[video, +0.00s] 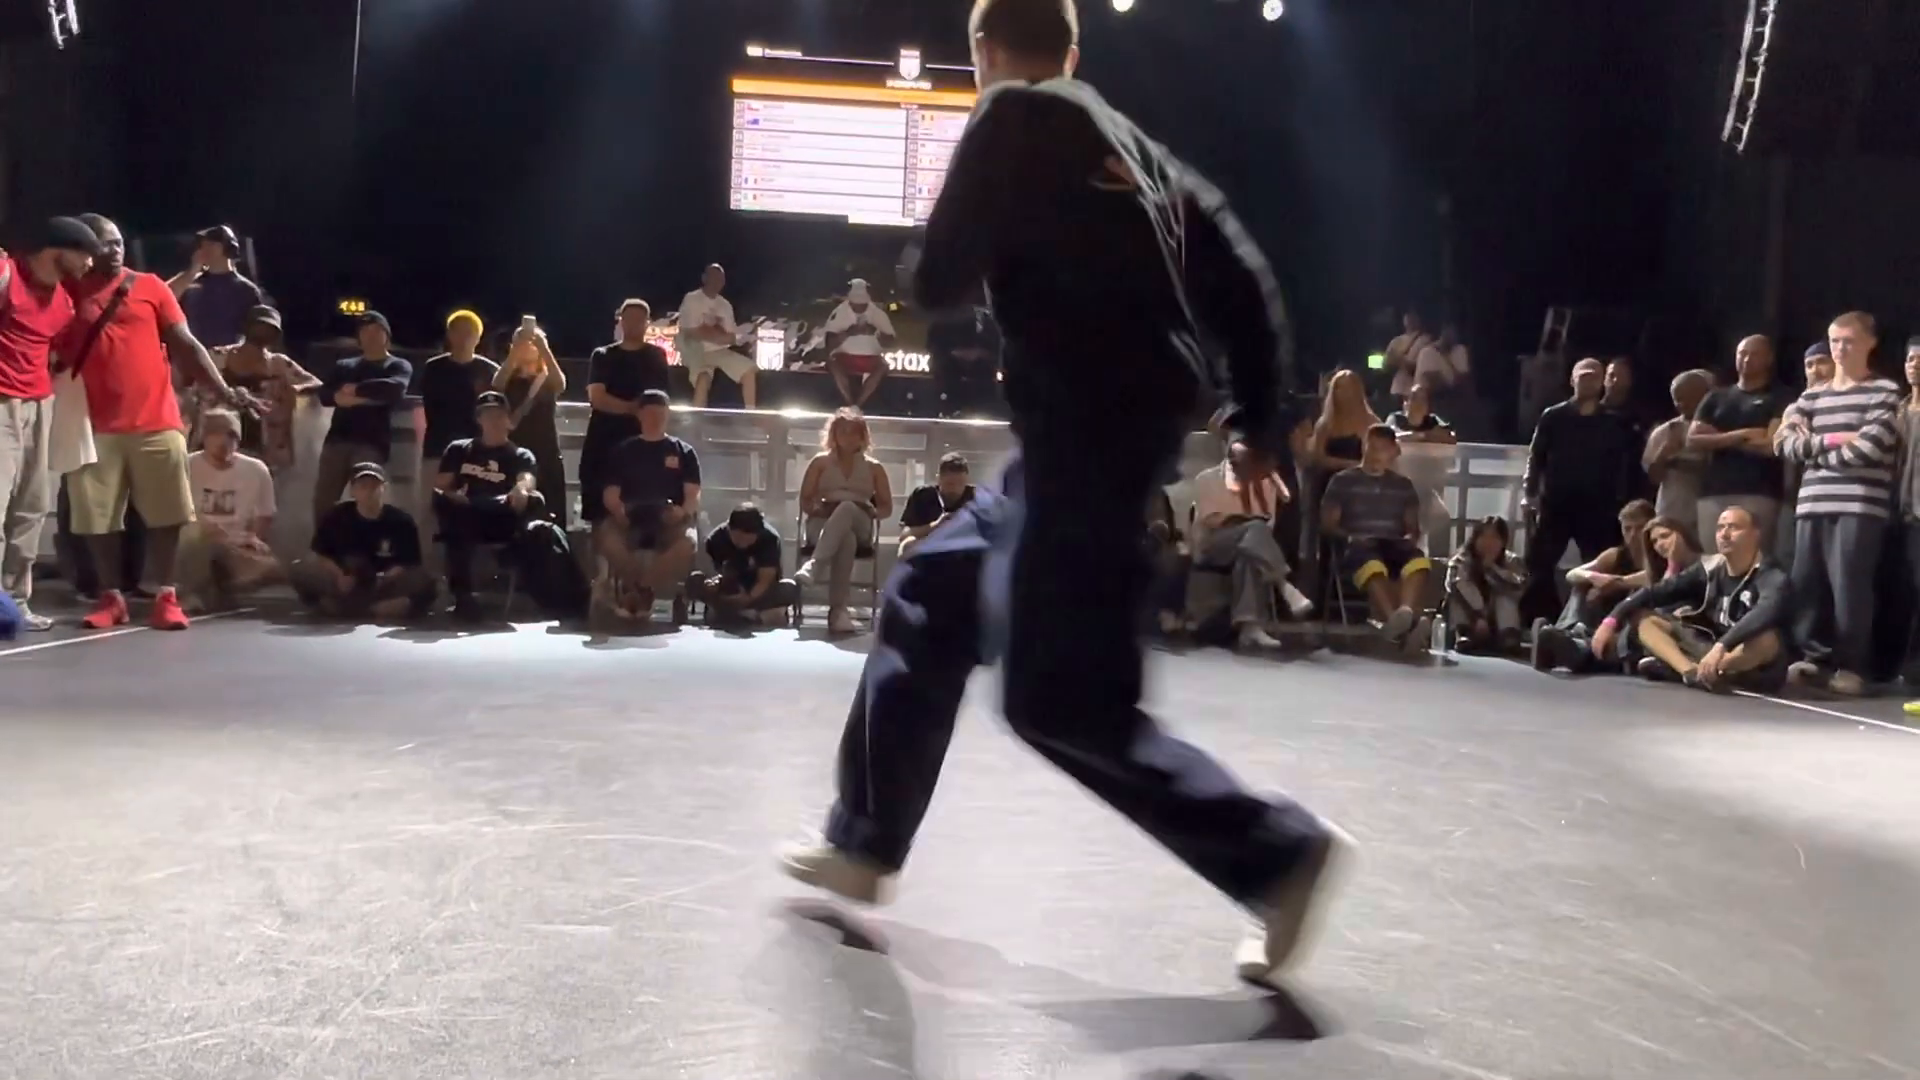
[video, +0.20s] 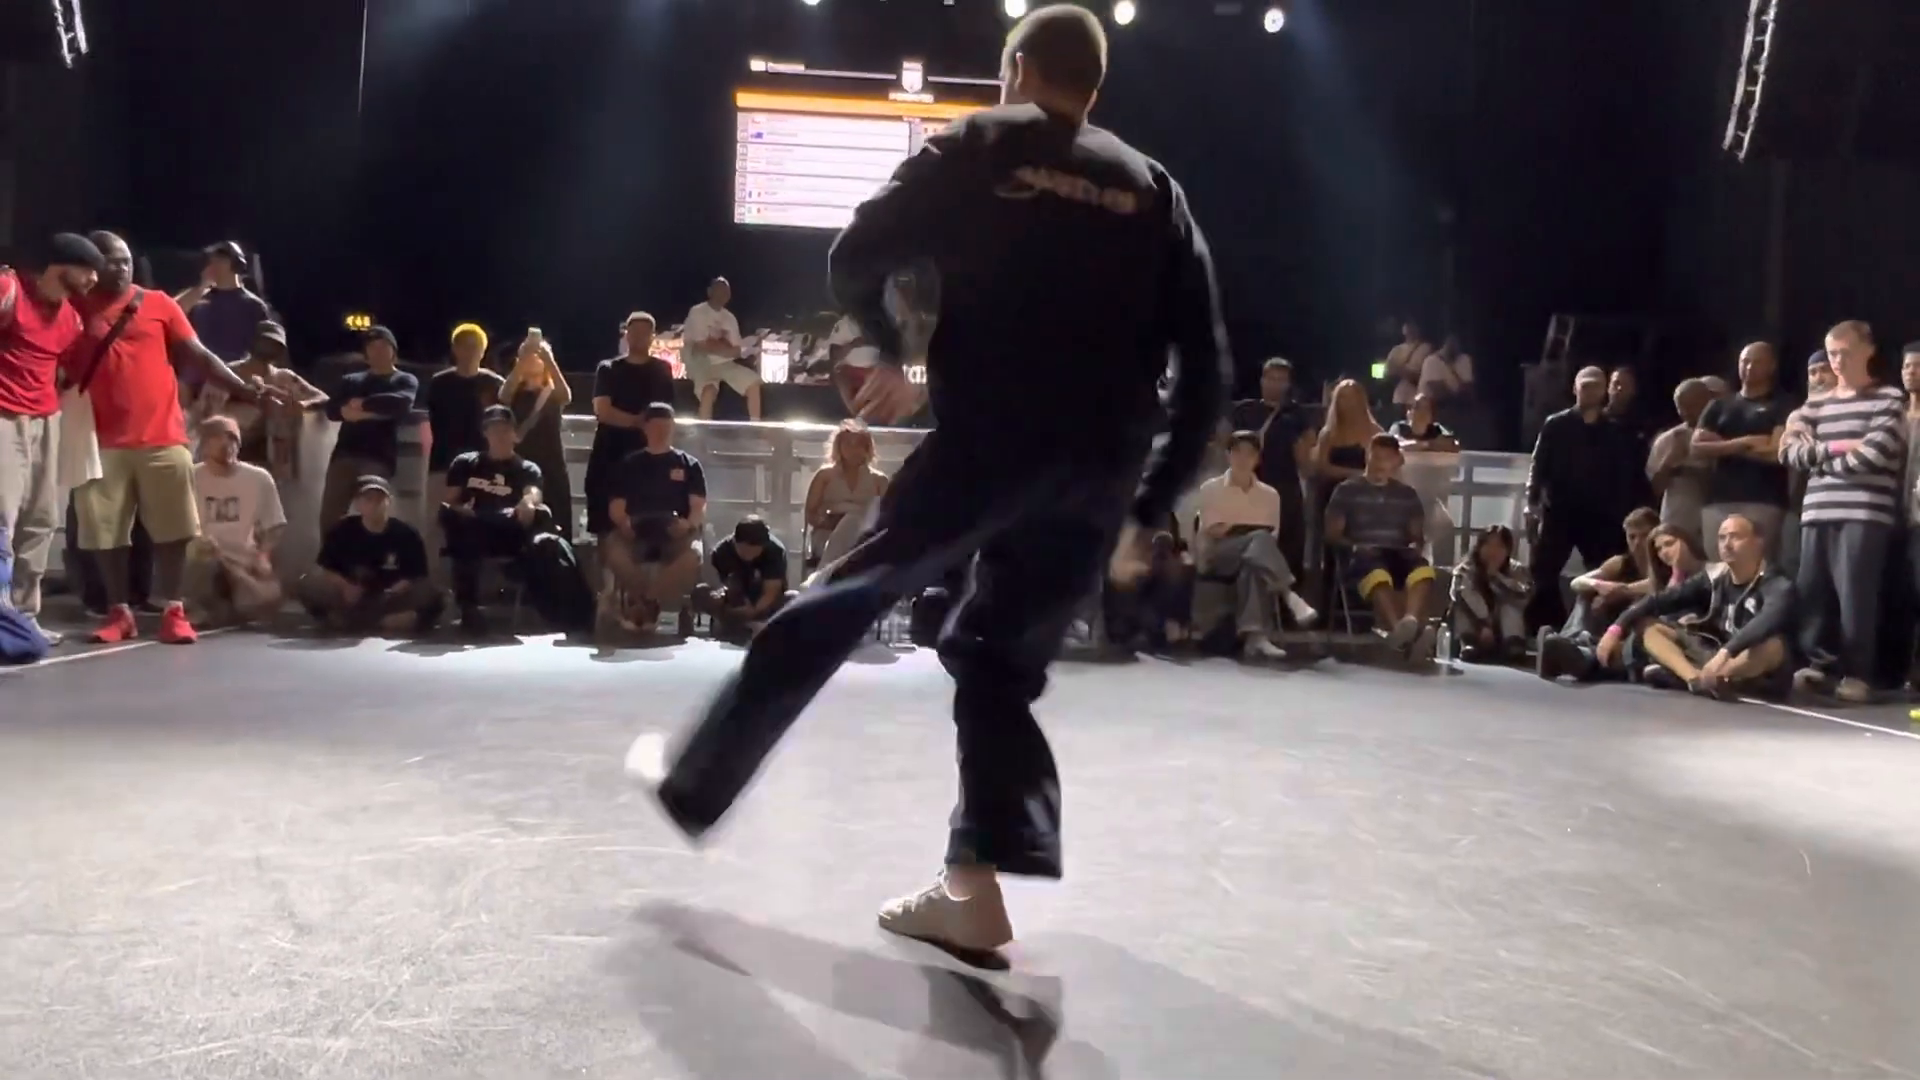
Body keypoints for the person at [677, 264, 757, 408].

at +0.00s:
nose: (717, 282)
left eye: (720, 278)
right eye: (713, 277)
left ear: (723, 282)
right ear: (704, 278)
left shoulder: (725, 305)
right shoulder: (691, 299)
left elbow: (732, 336)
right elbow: (689, 332)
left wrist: (712, 330)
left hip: (720, 350)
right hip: (697, 350)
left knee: (748, 371)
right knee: (703, 379)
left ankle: (751, 416)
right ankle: (696, 420)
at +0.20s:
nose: (723, 294)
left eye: (726, 290)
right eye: (719, 290)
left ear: (729, 295)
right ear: (710, 292)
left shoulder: (730, 318)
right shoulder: (697, 312)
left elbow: (737, 350)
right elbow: (700, 345)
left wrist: (711, 345)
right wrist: (725, 345)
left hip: (725, 362)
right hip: (701, 362)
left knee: (753, 383)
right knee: (709, 391)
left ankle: (756, 428)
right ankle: (703, 432)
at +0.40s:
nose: (726, 304)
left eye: (728, 299)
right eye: (722, 300)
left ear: (729, 300)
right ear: (714, 300)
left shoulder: (730, 315)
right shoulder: (699, 315)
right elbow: (698, 345)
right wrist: (714, 355)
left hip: (724, 361)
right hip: (700, 360)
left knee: (752, 389)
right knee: (710, 393)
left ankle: (755, 431)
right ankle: (702, 434)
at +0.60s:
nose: (725, 298)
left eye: (727, 295)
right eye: (721, 293)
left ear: (730, 300)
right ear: (711, 296)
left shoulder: (731, 323)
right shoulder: (698, 316)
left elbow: (737, 356)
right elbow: (699, 348)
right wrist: (725, 347)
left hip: (725, 367)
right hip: (702, 366)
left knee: (754, 386)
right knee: (710, 394)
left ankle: (756, 432)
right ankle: (704, 437)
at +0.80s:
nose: (725, 300)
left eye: (728, 297)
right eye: (722, 296)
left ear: (731, 301)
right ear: (713, 298)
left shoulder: (732, 325)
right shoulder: (699, 318)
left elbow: (739, 357)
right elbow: (700, 349)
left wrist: (710, 352)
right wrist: (725, 348)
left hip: (726, 368)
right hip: (703, 367)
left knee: (755, 387)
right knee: (712, 396)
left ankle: (757, 432)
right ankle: (706, 437)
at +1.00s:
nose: (727, 299)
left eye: (730, 296)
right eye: (723, 295)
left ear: (732, 301)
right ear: (714, 297)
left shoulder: (733, 325)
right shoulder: (700, 318)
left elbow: (740, 357)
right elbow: (700, 350)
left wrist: (710, 352)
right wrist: (725, 347)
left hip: (727, 368)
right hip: (704, 367)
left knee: (757, 387)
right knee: (714, 395)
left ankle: (759, 432)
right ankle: (706, 437)